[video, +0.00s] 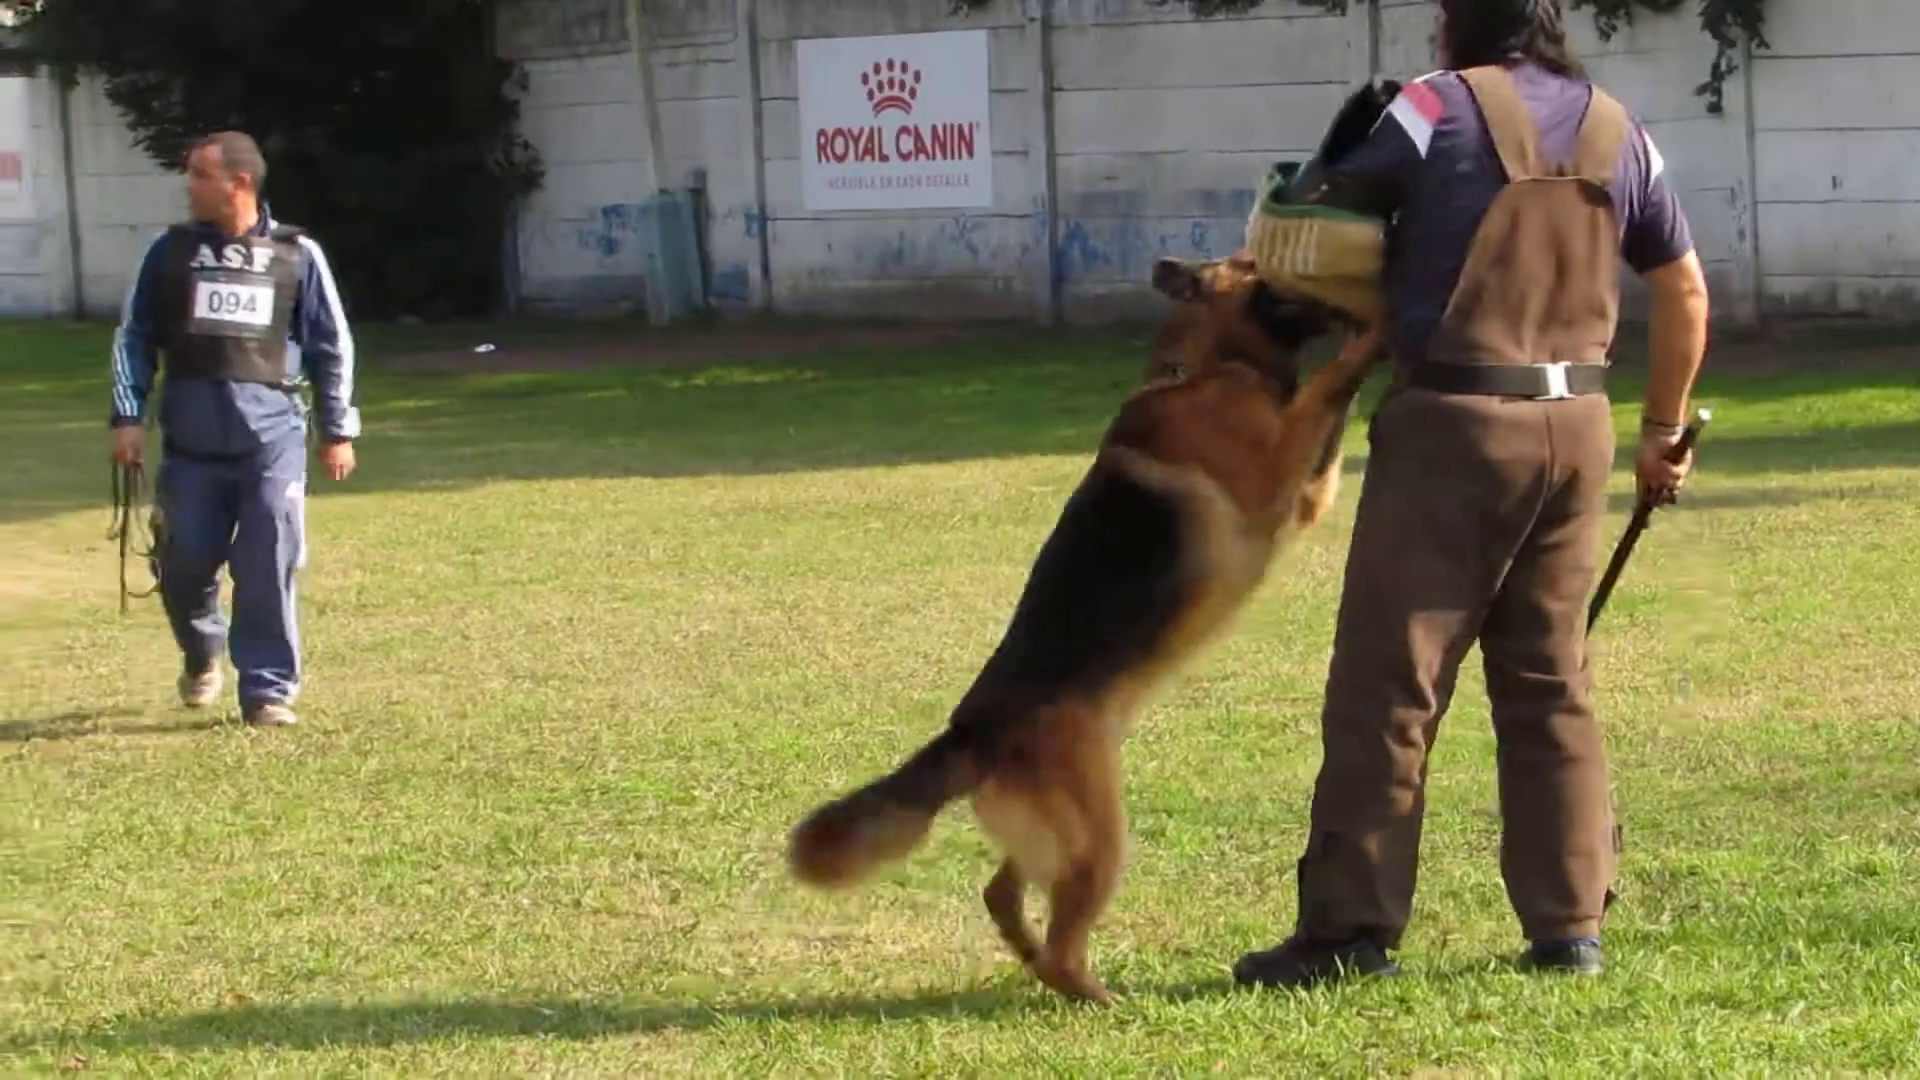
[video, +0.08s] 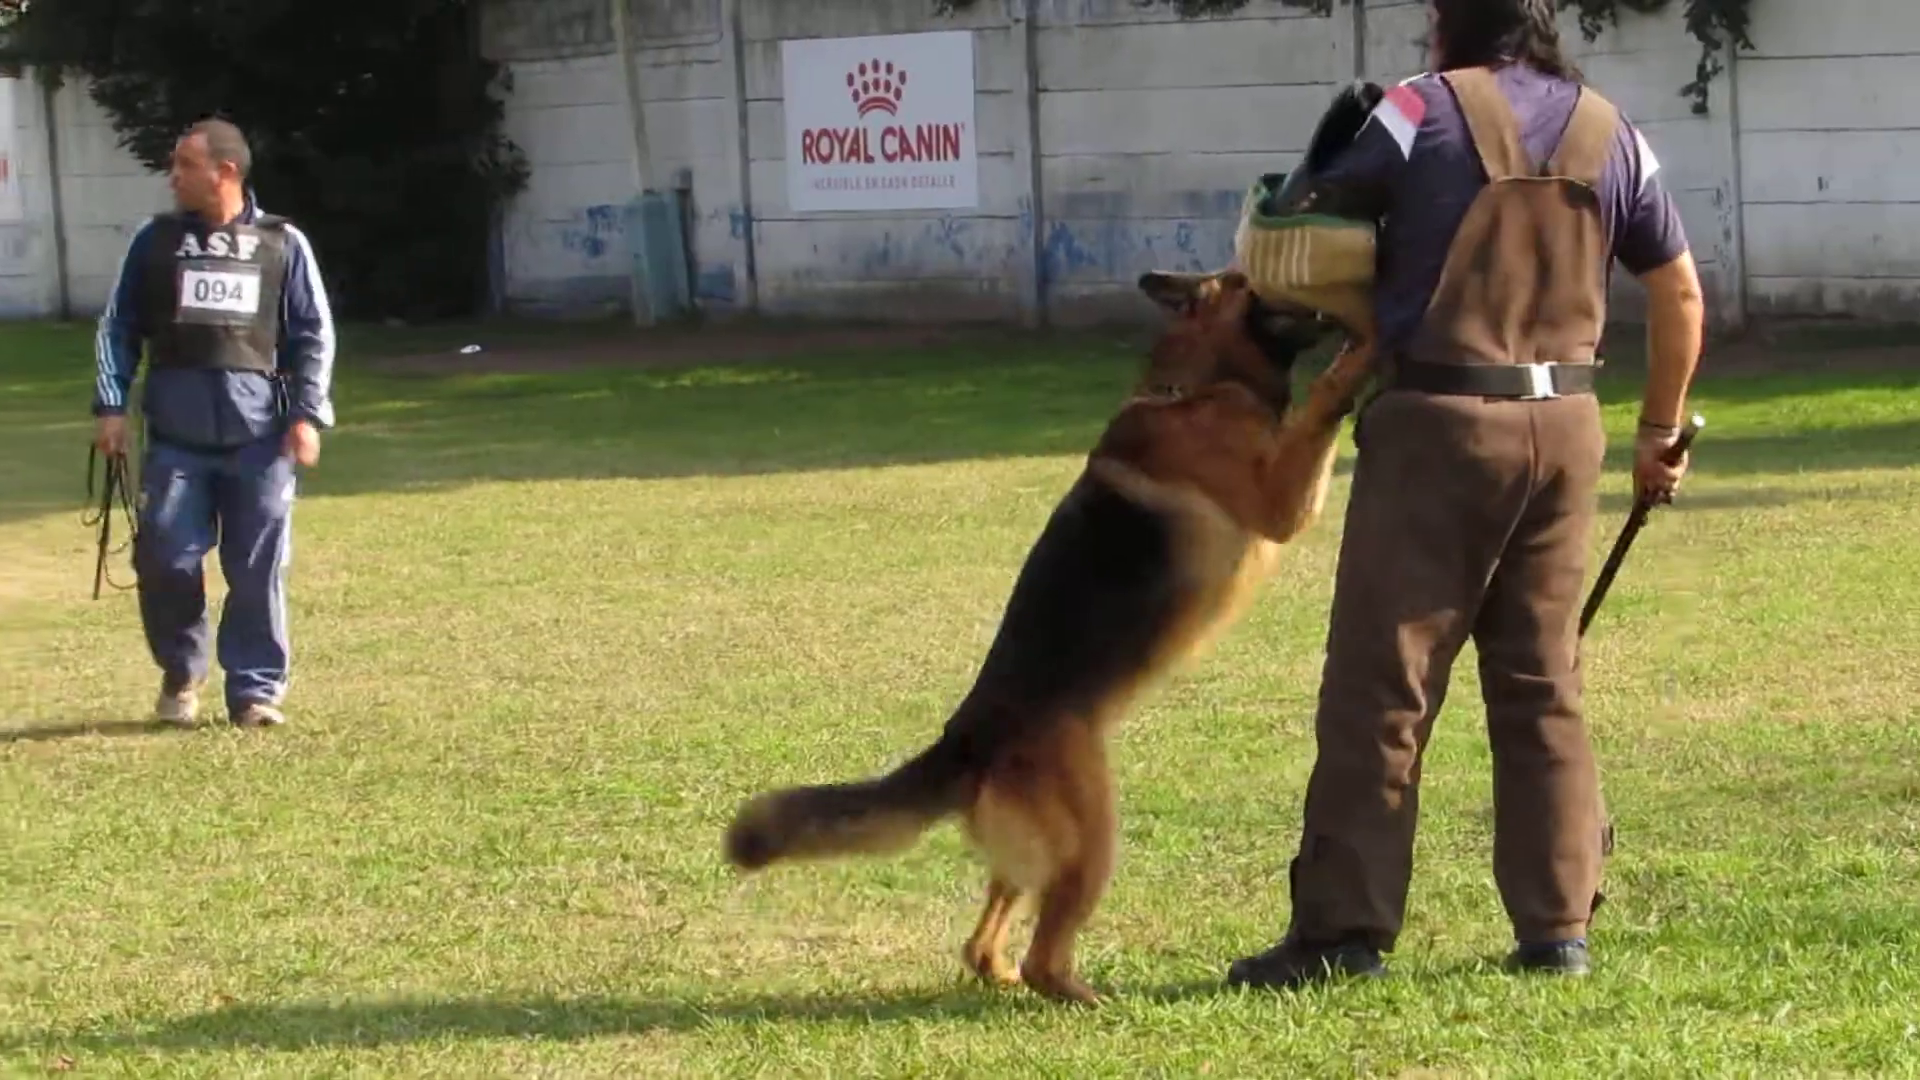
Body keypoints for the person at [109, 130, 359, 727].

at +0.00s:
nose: (189, 185)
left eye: (200, 175)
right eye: (190, 173)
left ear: (240, 185)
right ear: (226, 184)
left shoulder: (299, 256)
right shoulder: (171, 252)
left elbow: (331, 345)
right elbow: (135, 337)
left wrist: (339, 429)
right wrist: (127, 416)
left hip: (271, 435)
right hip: (191, 436)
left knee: (271, 564)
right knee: (184, 563)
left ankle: (268, 690)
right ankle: (201, 652)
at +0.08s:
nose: (173, 174)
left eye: (185, 165)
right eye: (174, 163)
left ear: (225, 173)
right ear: (208, 173)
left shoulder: (284, 245)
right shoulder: (156, 241)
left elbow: (313, 336)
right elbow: (120, 327)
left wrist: (309, 414)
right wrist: (111, 406)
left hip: (260, 434)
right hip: (176, 433)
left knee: (258, 566)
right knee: (163, 557)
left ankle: (255, 690)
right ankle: (180, 669)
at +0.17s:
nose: (168, 172)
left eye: (182, 162)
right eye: (166, 161)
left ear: (221, 169)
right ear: (169, 167)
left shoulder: (273, 240)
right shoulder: (142, 241)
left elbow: (306, 318)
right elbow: (105, 325)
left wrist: (281, 379)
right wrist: (96, 404)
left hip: (246, 433)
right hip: (163, 433)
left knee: (245, 568)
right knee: (159, 564)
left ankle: (244, 693)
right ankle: (162, 701)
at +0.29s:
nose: (183, 178)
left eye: (192, 167)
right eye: (169, 168)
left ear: (210, 175)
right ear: (146, 178)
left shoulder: (246, 245)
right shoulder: (116, 256)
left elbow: (289, 309)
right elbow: (79, 340)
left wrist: (253, 331)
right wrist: (65, 416)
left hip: (228, 444)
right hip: (143, 445)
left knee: (227, 572)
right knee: (136, 567)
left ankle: (223, 697)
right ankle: (122, 707)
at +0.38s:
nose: (164, 189)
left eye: (172, 178)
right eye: (150, 179)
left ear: (187, 184)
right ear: (125, 189)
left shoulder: (229, 250)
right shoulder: (97, 269)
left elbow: (279, 310)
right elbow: (62, 347)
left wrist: (242, 329)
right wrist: (48, 417)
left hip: (214, 450)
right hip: (131, 453)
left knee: (211, 578)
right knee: (115, 569)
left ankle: (207, 701)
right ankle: (106, 714)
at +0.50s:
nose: (124, 209)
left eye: (132, 196)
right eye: (109, 198)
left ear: (146, 201)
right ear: (82, 206)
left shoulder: (191, 263)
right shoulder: (55, 290)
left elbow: (243, 321)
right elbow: (26, 367)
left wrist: (227, 382)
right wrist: (21, 426)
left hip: (182, 470)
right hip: (96, 476)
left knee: (191, 579)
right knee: (76, 586)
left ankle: (187, 692)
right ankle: (84, 727)